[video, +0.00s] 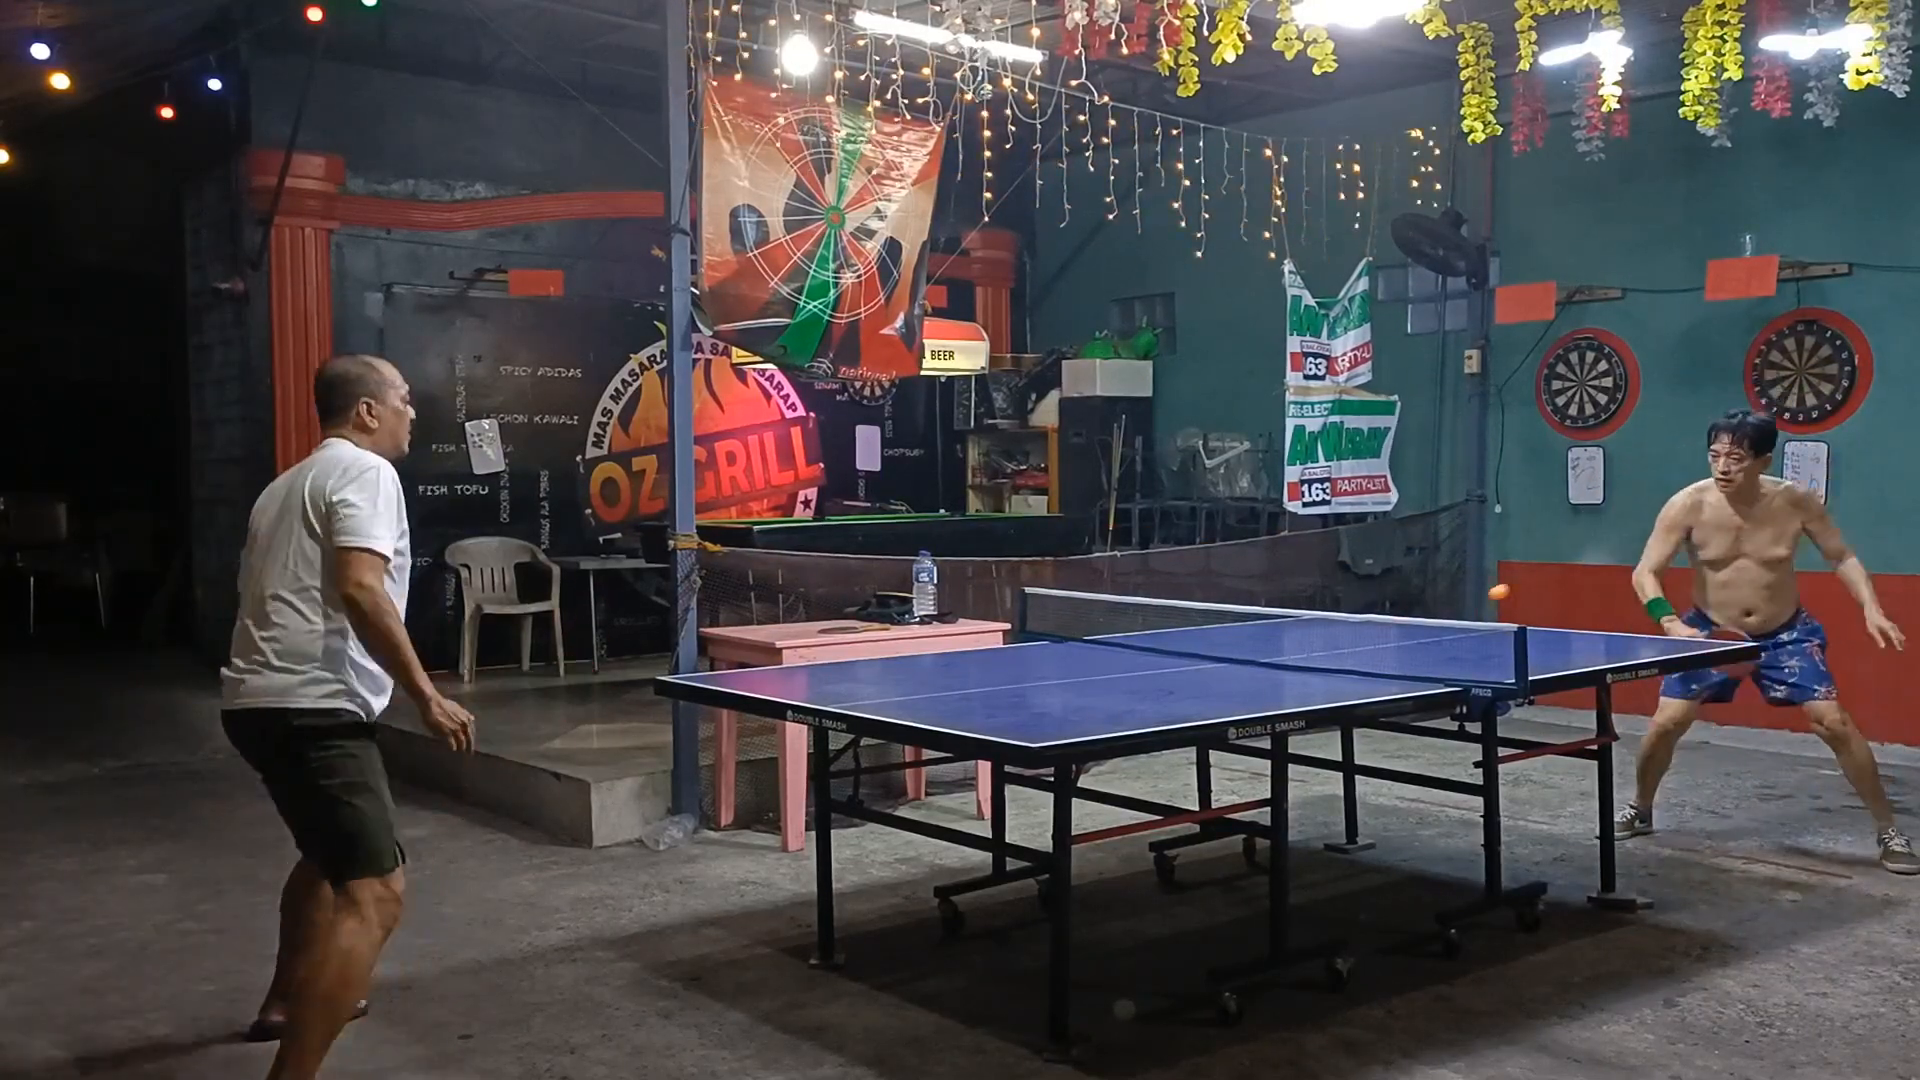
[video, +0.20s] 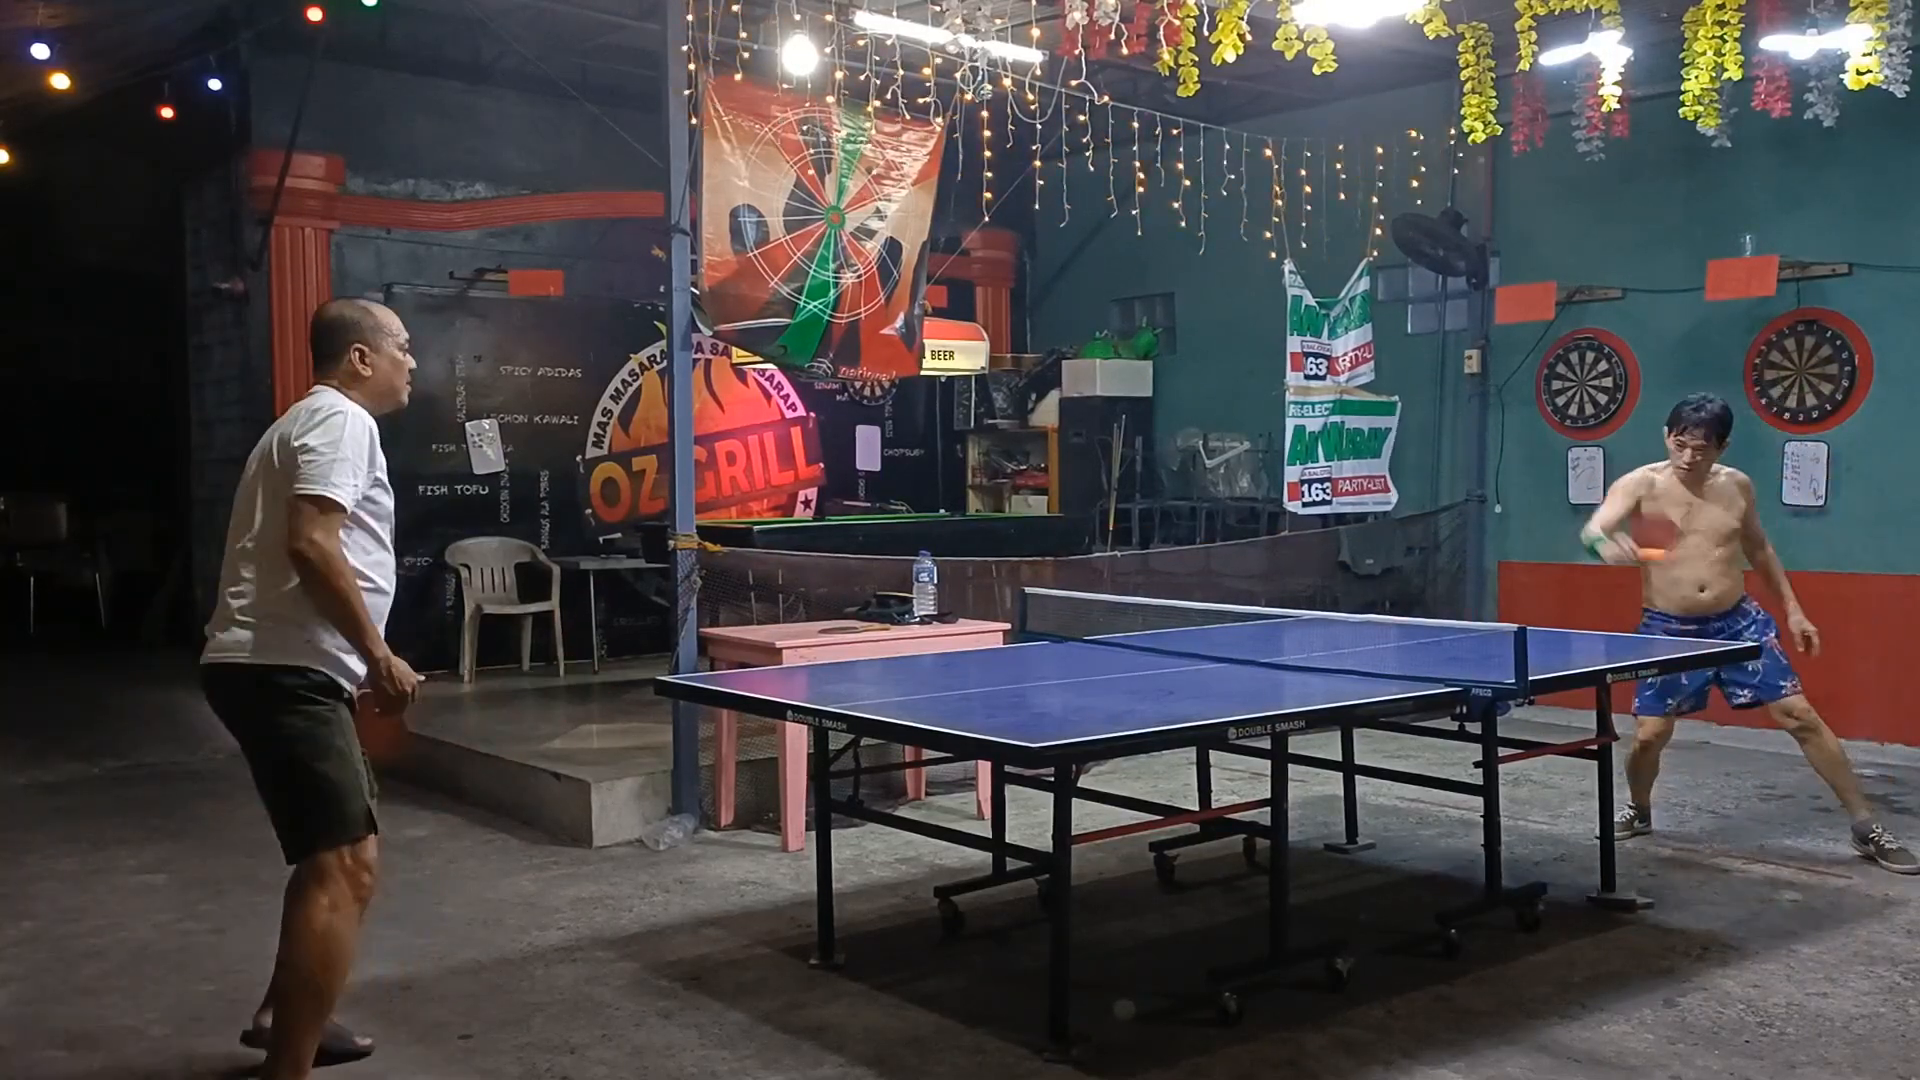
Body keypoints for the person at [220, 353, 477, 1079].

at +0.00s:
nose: (412, 420)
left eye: (410, 405)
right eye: (405, 406)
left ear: (339, 415)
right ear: (368, 411)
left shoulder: (280, 487)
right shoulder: (365, 473)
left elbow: (266, 603)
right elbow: (359, 587)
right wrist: (429, 696)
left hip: (255, 702)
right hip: (316, 708)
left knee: (327, 852)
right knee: (376, 897)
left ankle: (290, 998)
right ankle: (293, 1071)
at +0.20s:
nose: (413, 365)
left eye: (410, 351)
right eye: (403, 351)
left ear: (346, 360)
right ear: (362, 358)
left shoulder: (305, 422)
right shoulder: (337, 418)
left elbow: (285, 559)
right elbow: (313, 543)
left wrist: (355, 668)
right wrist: (379, 654)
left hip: (273, 664)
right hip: (286, 667)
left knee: (356, 847)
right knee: (342, 869)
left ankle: (291, 1015)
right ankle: (287, 1067)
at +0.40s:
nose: (404, 421)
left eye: (402, 407)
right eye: (393, 407)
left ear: (344, 417)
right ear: (345, 415)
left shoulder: (329, 497)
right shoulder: (300, 490)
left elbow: (334, 643)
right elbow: (276, 635)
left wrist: (384, 731)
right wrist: (359, 747)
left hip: (293, 730)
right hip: (247, 735)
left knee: (374, 859)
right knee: (338, 921)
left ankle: (297, 1030)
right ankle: (265, 1065)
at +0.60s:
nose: (430, 476)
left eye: (430, 461)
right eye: (417, 461)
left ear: (373, 465)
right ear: (359, 460)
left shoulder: (379, 548)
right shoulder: (242, 520)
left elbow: (369, 671)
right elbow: (168, 647)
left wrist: (435, 683)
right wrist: (229, 766)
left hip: (285, 753)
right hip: (181, 752)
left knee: (355, 885)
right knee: (285, 916)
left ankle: (285, 1035)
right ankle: (248, 1070)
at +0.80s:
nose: (428, 480)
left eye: (430, 463)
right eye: (419, 460)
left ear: (368, 455)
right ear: (361, 450)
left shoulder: (366, 557)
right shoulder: (225, 493)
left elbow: (356, 684)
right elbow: (78, 566)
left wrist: (475, 693)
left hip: (249, 746)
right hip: (140, 740)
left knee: (296, 890)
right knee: (252, 932)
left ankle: (285, 1033)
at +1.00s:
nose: (385, 432)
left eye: (386, 415)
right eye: (377, 412)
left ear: (323, 411)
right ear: (324, 407)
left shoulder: (301, 507)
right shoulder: (201, 461)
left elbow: (283, 648)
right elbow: (45, 533)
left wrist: (376, 745)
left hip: (194, 727)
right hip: (101, 728)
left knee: (264, 880)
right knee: (228, 921)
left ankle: (168, 1065)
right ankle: (222, 1069)